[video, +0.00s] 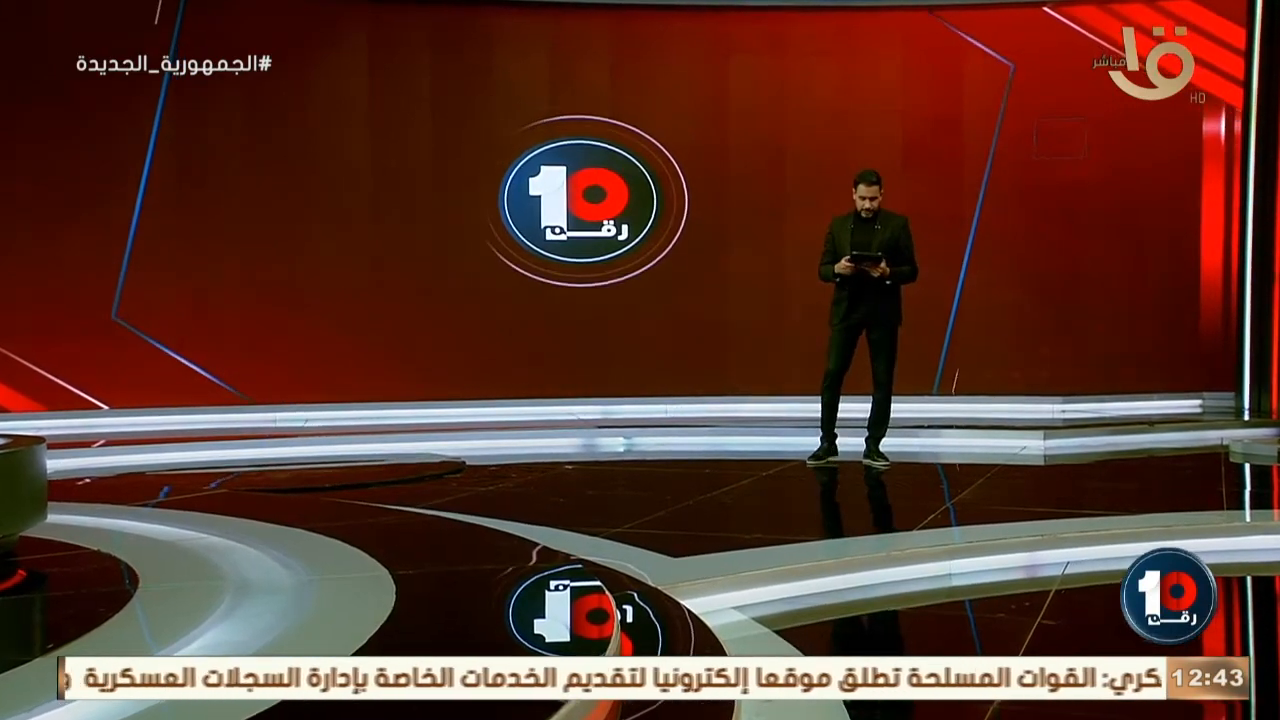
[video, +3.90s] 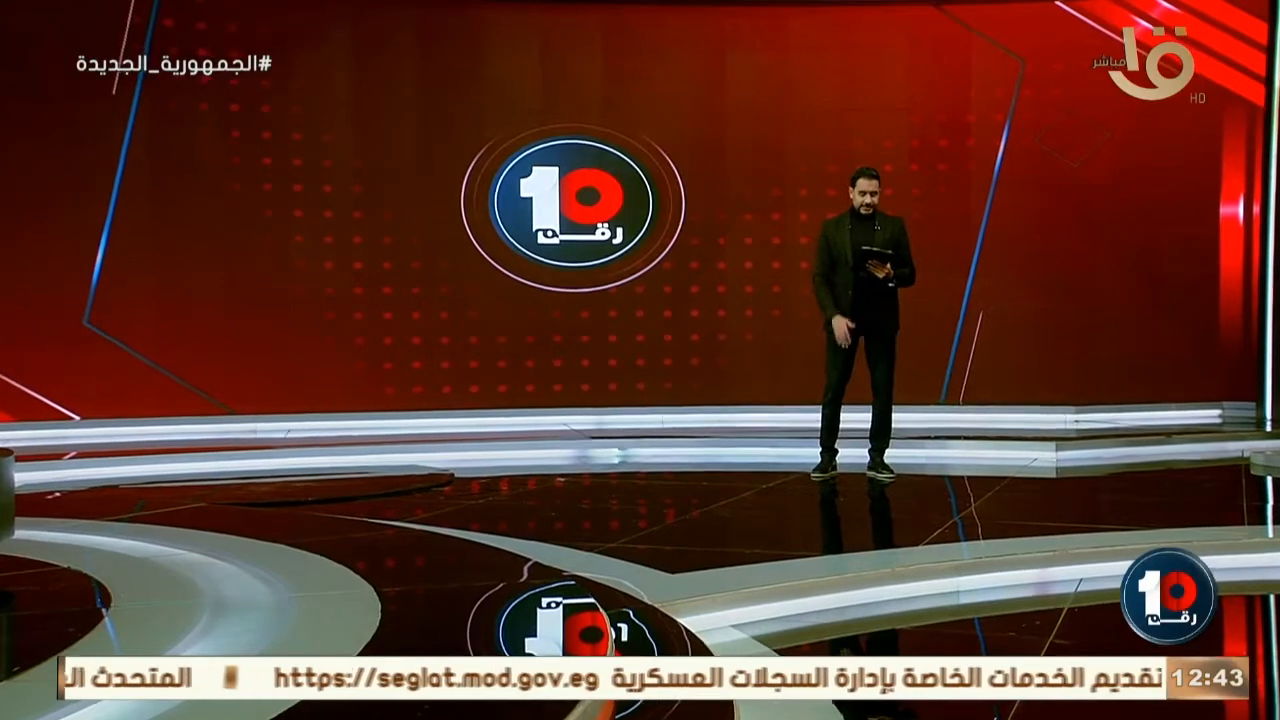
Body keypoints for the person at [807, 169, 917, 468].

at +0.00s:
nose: (868, 205)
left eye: (874, 198)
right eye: (863, 198)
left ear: (882, 197)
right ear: (854, 195)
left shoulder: (897, 225)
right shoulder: (839, 225)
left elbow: (911, 272)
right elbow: (824, 271)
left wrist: (888, 272)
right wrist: (837, 269)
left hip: (883, 315)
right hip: (846, 314)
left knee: (883, 381)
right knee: (832, 374)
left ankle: (873, 447)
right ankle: (827, 443)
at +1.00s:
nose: (860, 204)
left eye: (866, 198)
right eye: (855, 198)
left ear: (874, 196)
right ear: (846, 195)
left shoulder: (889, 225)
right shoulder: (833, 225)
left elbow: (903, 273)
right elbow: (820, 273)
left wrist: (880, 271)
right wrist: (820, 313)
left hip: (877, 316)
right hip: (840, 315)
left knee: (879, 383)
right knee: (830, 379)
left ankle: (873, 449)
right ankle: (824, 447)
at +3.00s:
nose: (850, 202)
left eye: (855, 196)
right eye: (844, 196)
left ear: (862, 195)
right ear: (832, 194)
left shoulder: (875, 225)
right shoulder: (815, 227)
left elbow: (890, 272)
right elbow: (800, 267)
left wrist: (872, 272)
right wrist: (788, 302)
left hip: (863, 318)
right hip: (825, 318)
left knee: (870, 385)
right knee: (822, 387)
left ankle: (874, 455)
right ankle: (824, 454)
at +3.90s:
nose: (868, 199)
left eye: (874, 194)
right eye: (863, 193)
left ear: (880, 195)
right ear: (851, 192)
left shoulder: (893, 227)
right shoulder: (833, 228)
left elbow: (909, 276)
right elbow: (820, 278)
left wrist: (891, 274)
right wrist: (833, 316)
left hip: (882, 322)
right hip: (844, 321)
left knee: (883, 391)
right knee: (834, 389)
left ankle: (877, 458)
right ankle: (827, 456)